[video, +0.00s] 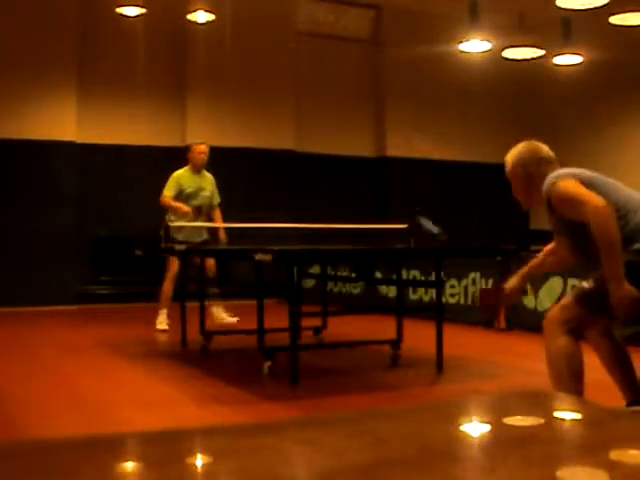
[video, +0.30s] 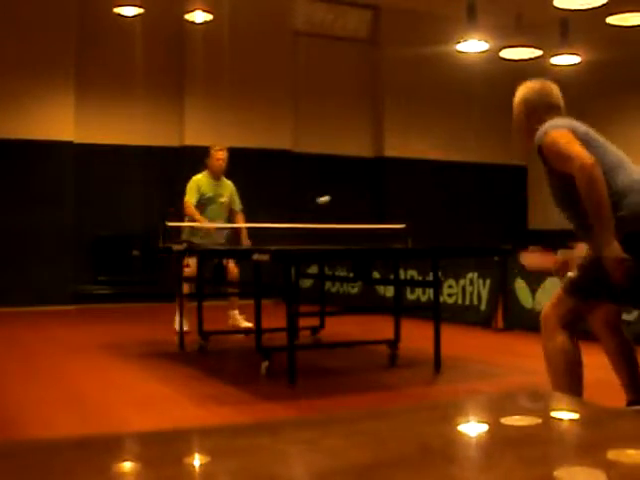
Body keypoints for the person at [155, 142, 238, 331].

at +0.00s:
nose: (203, 157)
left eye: (205, 153)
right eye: (199, 153)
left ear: (207, 157)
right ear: (190, 155)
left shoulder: (209, 179)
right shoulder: (179, 176)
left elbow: (215, 207)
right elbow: (165, 198)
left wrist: (220, 229)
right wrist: (180, 207)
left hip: (201, 232)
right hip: (179, 232)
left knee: (210, 266)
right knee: (173, 270)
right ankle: (163, 313)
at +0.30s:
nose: (221, 164)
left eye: (223, 160)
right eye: (217, 160)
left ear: (227, 163)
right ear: (209, 161)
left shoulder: (228, 186)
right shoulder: (197, 181)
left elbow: (238, 213)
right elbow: (188, 206)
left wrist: (244, 236)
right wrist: (204, 222)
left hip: (220, 241)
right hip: (195, 241)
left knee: (233, 272)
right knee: (189, 273)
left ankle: (234, 313)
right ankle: (181, 314)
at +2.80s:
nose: (224, 164)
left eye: (227, 160)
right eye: (221, 159)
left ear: (229, 163)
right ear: (211, 160)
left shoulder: (231, 187)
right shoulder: (198, 181)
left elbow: (248, 211)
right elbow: (189, 205)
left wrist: (264, 212)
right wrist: (211, 207)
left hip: (227, 241)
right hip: (202, 240)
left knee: (244, 274)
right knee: (191, 279)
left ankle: (257, 310)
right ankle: (182, 312)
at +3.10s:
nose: (208, 155)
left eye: (210, 151)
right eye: (204, 151)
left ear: (213, 154)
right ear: (196, 154)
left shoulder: (217, 178)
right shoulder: (185, 177)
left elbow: (230, 201)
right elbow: (179, 202)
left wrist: (245, 219)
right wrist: (201, 206)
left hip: (209, 234)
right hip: (187, 233)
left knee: (209, 275)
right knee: (180, 273)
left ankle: (207, 310)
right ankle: (173, 307)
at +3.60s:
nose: (189, 160)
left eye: (191, 157)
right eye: (185, 156)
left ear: (194, 160)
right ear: (176, 159)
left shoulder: (194, 185)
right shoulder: (164, 182)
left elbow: (198, 215)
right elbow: (156, 210)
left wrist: (202, 236)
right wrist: (174, 221)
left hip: (185, 237)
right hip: (163, 237)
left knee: (203, 272)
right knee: (155, 274)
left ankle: (202, 313)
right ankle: (138, 316)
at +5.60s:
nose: (271, 150)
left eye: (271, 146)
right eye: (267, 145)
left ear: (267, 150)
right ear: (256, 147)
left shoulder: (261, 171)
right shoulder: (246, 168)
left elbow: (256, 201)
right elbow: (241, 200)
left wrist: (263, 222)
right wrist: (257, 222)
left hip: (255, 229)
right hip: (242, 229)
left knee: (251, 268)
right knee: (247, 268)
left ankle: (244, 307)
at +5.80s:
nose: (289, 154)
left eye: (289, 150)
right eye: (286, 149)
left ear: (285, 153)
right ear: (275, 151)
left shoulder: (281, 174)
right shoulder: (265, 174)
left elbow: (283, 206)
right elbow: (259, 205)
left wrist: (289, 227)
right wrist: (279, 224)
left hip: (279, 231)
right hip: (263, 232)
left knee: (291, 270)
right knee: (257, 273)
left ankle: (300, 308)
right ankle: (242, 310)